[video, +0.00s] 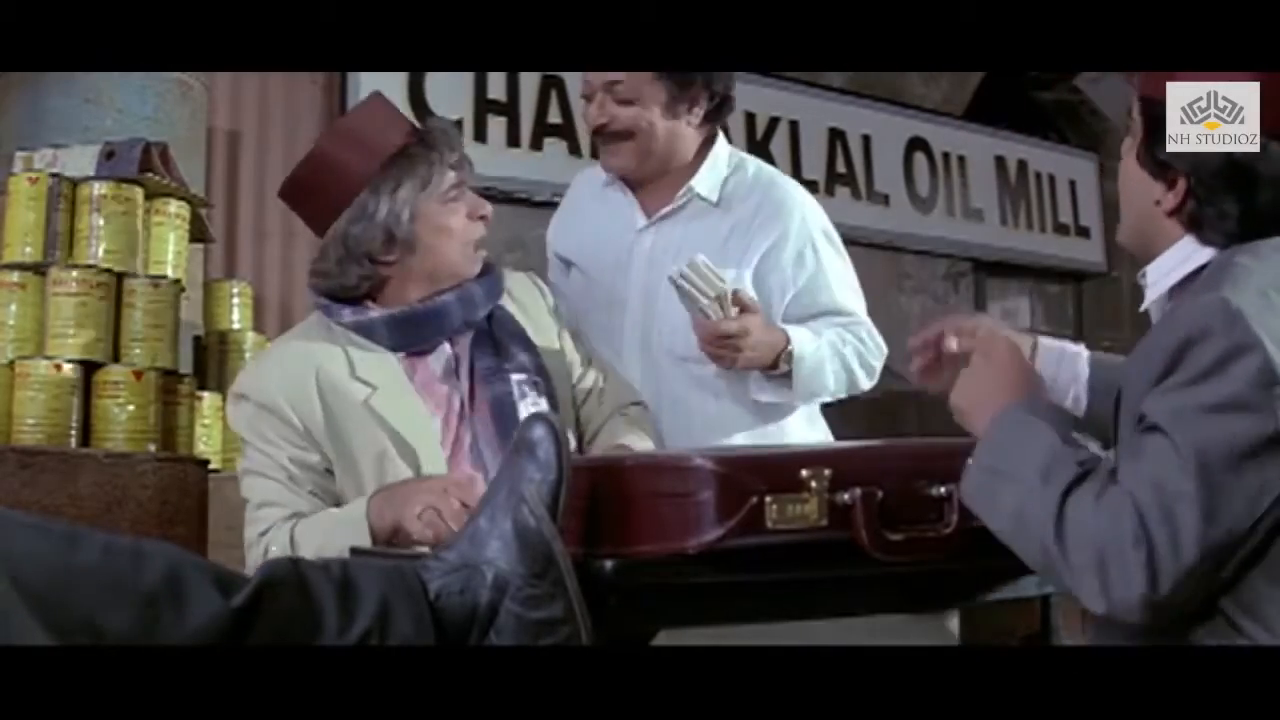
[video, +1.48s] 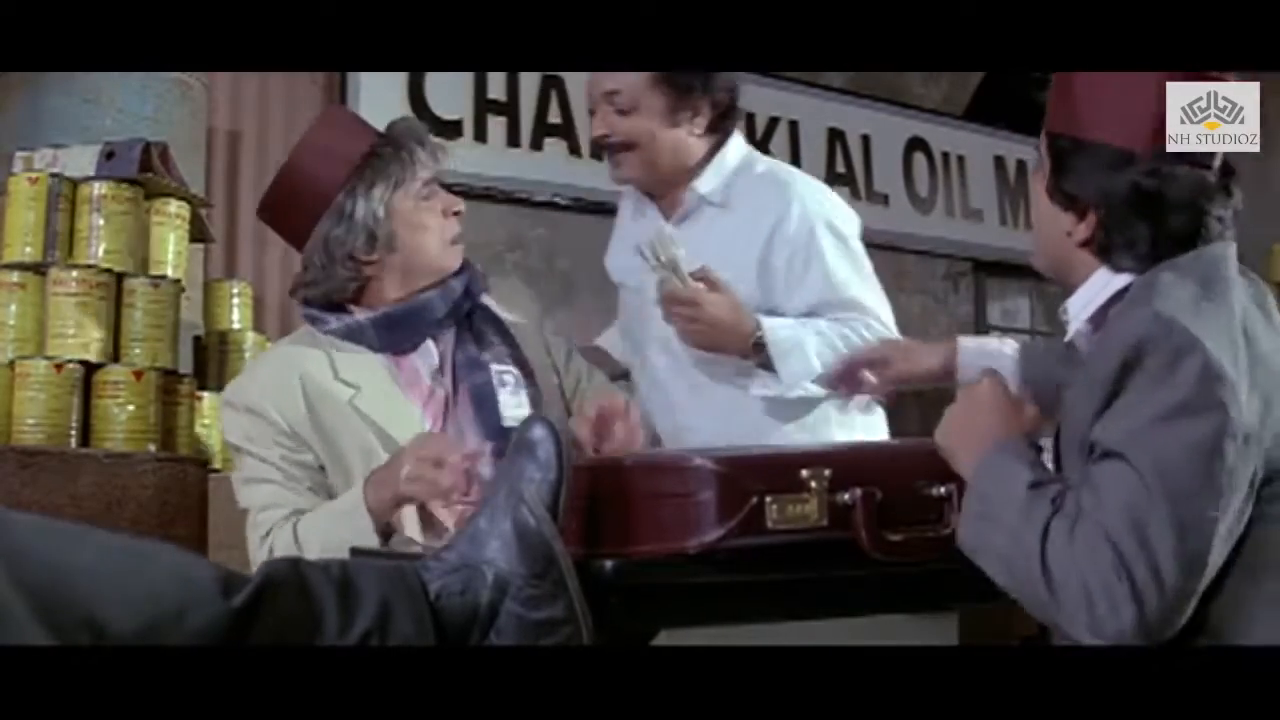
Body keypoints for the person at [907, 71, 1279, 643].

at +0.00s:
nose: (1120, 155)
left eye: (1131, 139)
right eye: (1129, 137)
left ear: (1171, 188)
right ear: (1172, 187)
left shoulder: (1236, 322)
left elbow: (1134, 562)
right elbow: (1182, 412)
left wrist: (1008, 420)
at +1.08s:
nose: (1103, 164)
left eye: (1119, 148)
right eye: (1114, 143)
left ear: (1171, 200)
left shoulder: (1231, 331)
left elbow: (1134, 552)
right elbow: (1152, 352)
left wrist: (1031, 378)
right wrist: (996, 353)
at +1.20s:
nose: (1070, 177)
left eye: (1083, 157)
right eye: (1078, 154)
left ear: (1135, 206)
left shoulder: (1220, 344)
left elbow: (1122, 585)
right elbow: (1077, 314)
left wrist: (1015, 423)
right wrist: (919, 258)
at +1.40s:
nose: (1023, 195)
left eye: (1031, 178)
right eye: (1030, 175)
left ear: (1074, 219)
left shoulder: (1181, 351)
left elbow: (1116, 599)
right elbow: (1083, 363)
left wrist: (989, 458)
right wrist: (920, 330)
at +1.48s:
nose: (1032, 180)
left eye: (1040, 166)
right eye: (1038, 163)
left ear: (1081, 219)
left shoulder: (1185, 347)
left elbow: (1117, 599)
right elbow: (1101, 373)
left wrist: (992, 463)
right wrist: (952, 361)